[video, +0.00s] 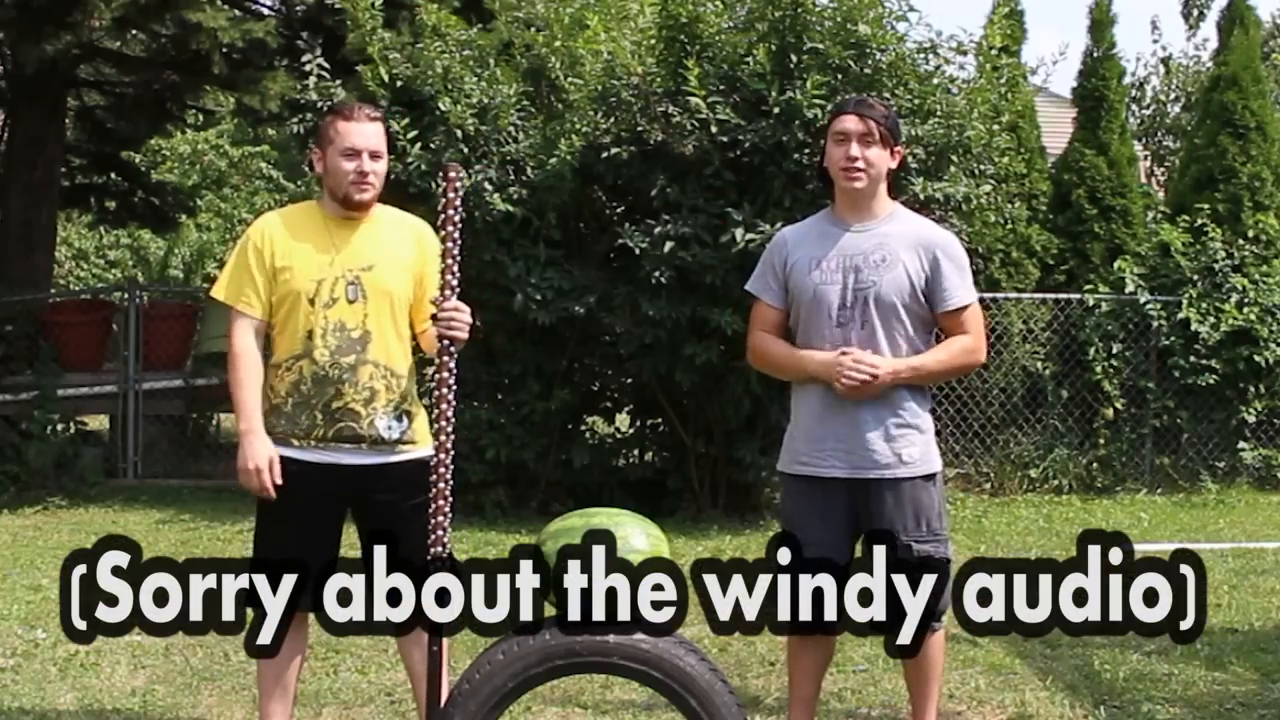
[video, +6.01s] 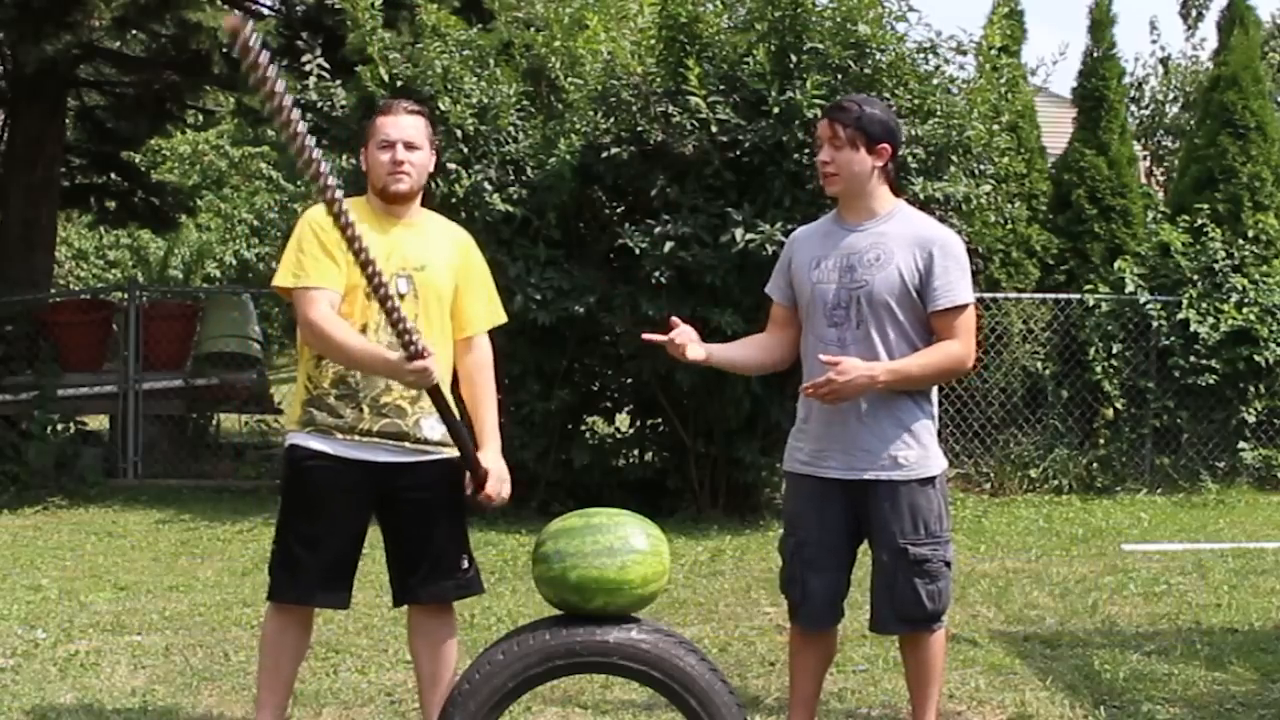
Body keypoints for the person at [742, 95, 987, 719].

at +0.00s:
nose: (852, 152)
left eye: (866, 141)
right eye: (840, 140)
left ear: (892, 156)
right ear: (824, 154)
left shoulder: (933, 243)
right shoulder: (790, 243)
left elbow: (972, 345)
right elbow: (759, 344)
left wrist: (895, 369)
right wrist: (819, 365)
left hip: (904, 465)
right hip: (813, 463)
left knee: (921, 610)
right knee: (808, 610)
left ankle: (924, 717)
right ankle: (799, 717)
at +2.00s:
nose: (821, 165)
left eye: (835, 153)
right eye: (819, 152)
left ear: (879, 159)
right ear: (819, 156)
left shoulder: (937, 244)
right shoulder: (801, 243)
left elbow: (972, 351)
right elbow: (764, 340)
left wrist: (892, 376)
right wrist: (735, 288)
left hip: (907, 468)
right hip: (817, 464)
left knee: (922, 613)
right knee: (811, 610)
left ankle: (925, 717)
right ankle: (799, 716)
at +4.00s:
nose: (822, 160)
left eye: (835, 149)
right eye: (822, 148)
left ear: (880, 158)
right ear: (829, 156)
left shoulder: (936, 245)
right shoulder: (805, 241)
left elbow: (966, 353)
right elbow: (739, 316)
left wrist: (879, 380)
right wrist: (677, 271)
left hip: (907, 467)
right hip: (818, 463)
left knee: (923, 612)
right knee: (812, 609)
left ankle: (925, 718)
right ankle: (799, 716)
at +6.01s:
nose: (823, 158)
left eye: (838, 146)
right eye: (820, 146)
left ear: (880, 155)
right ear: (818, 154)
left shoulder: (934, 242)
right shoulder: (803, 245)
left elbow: (961, 351)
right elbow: (778, 345)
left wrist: (875, 373)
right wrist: (705, 349)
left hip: (904, 466)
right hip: (815, 463)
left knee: (922, 613)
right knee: (809, 611)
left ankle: (923, 716)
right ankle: (799, 716)